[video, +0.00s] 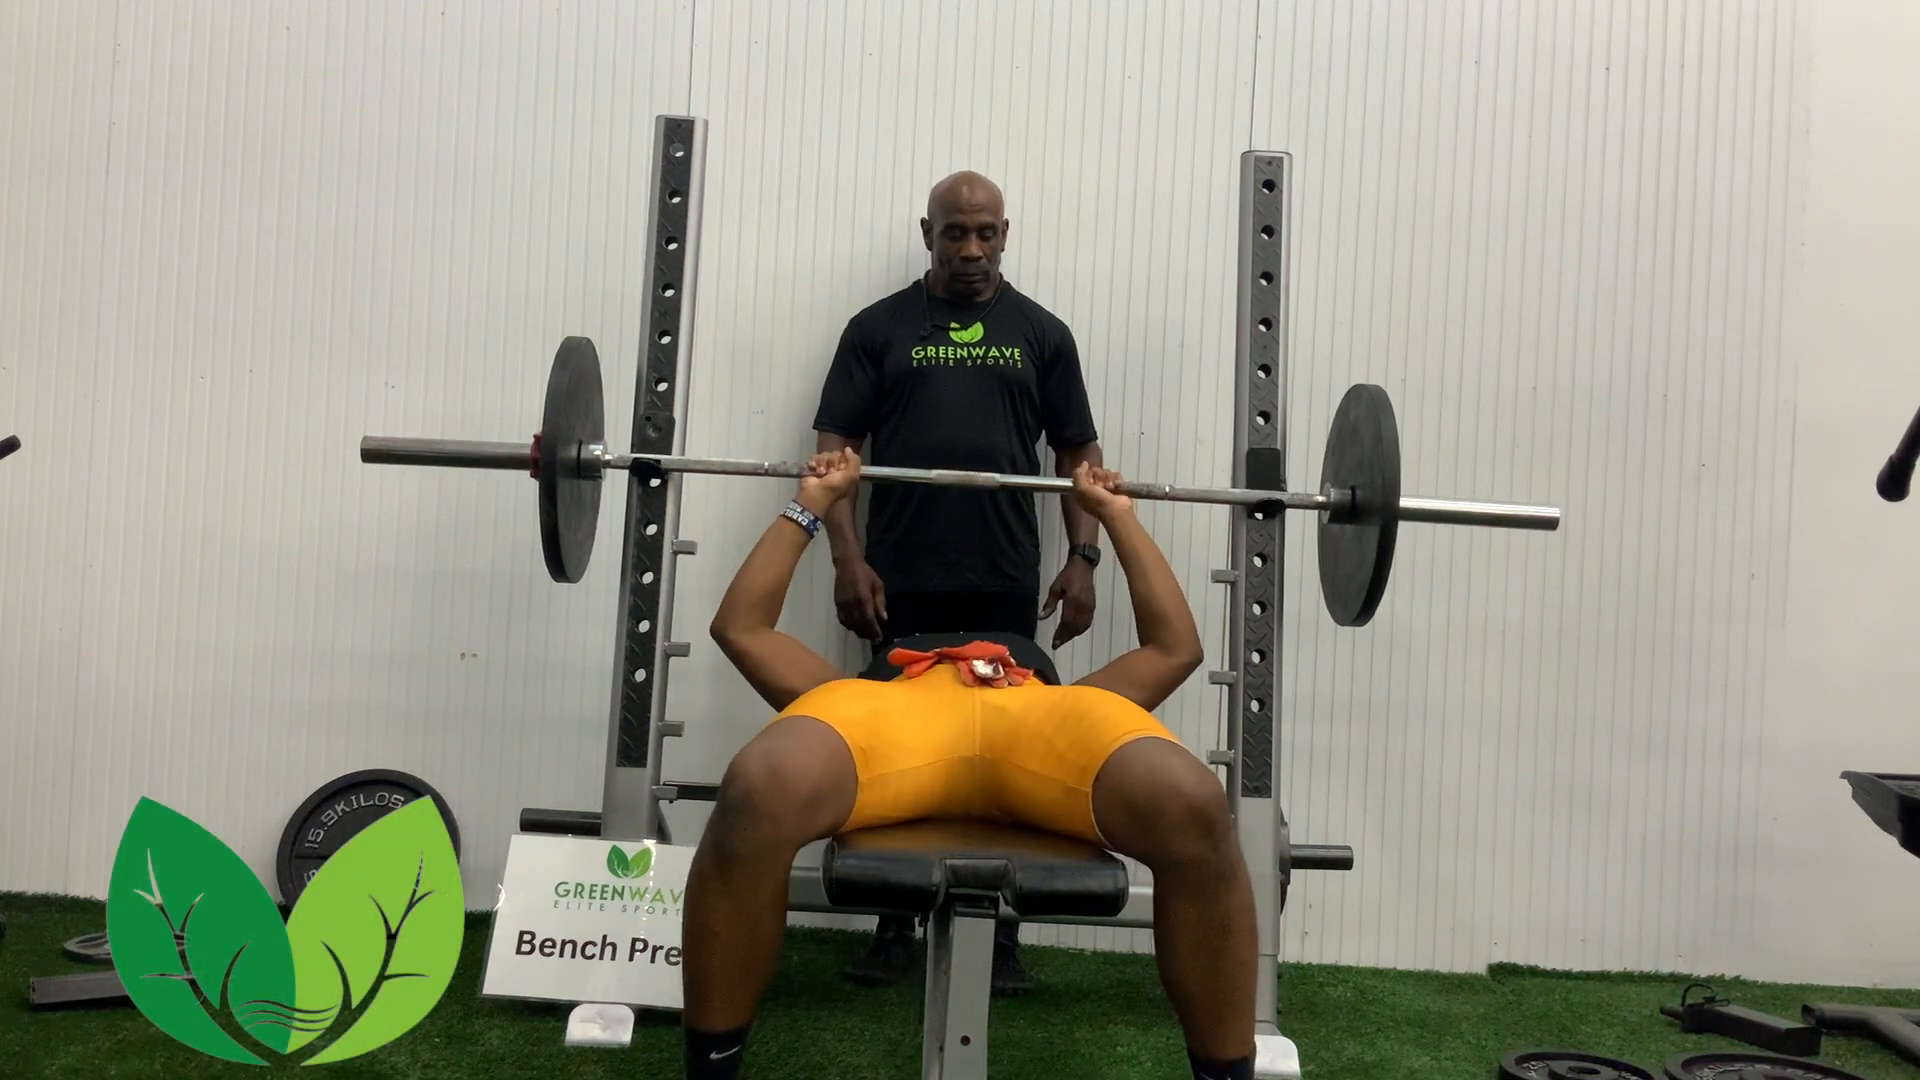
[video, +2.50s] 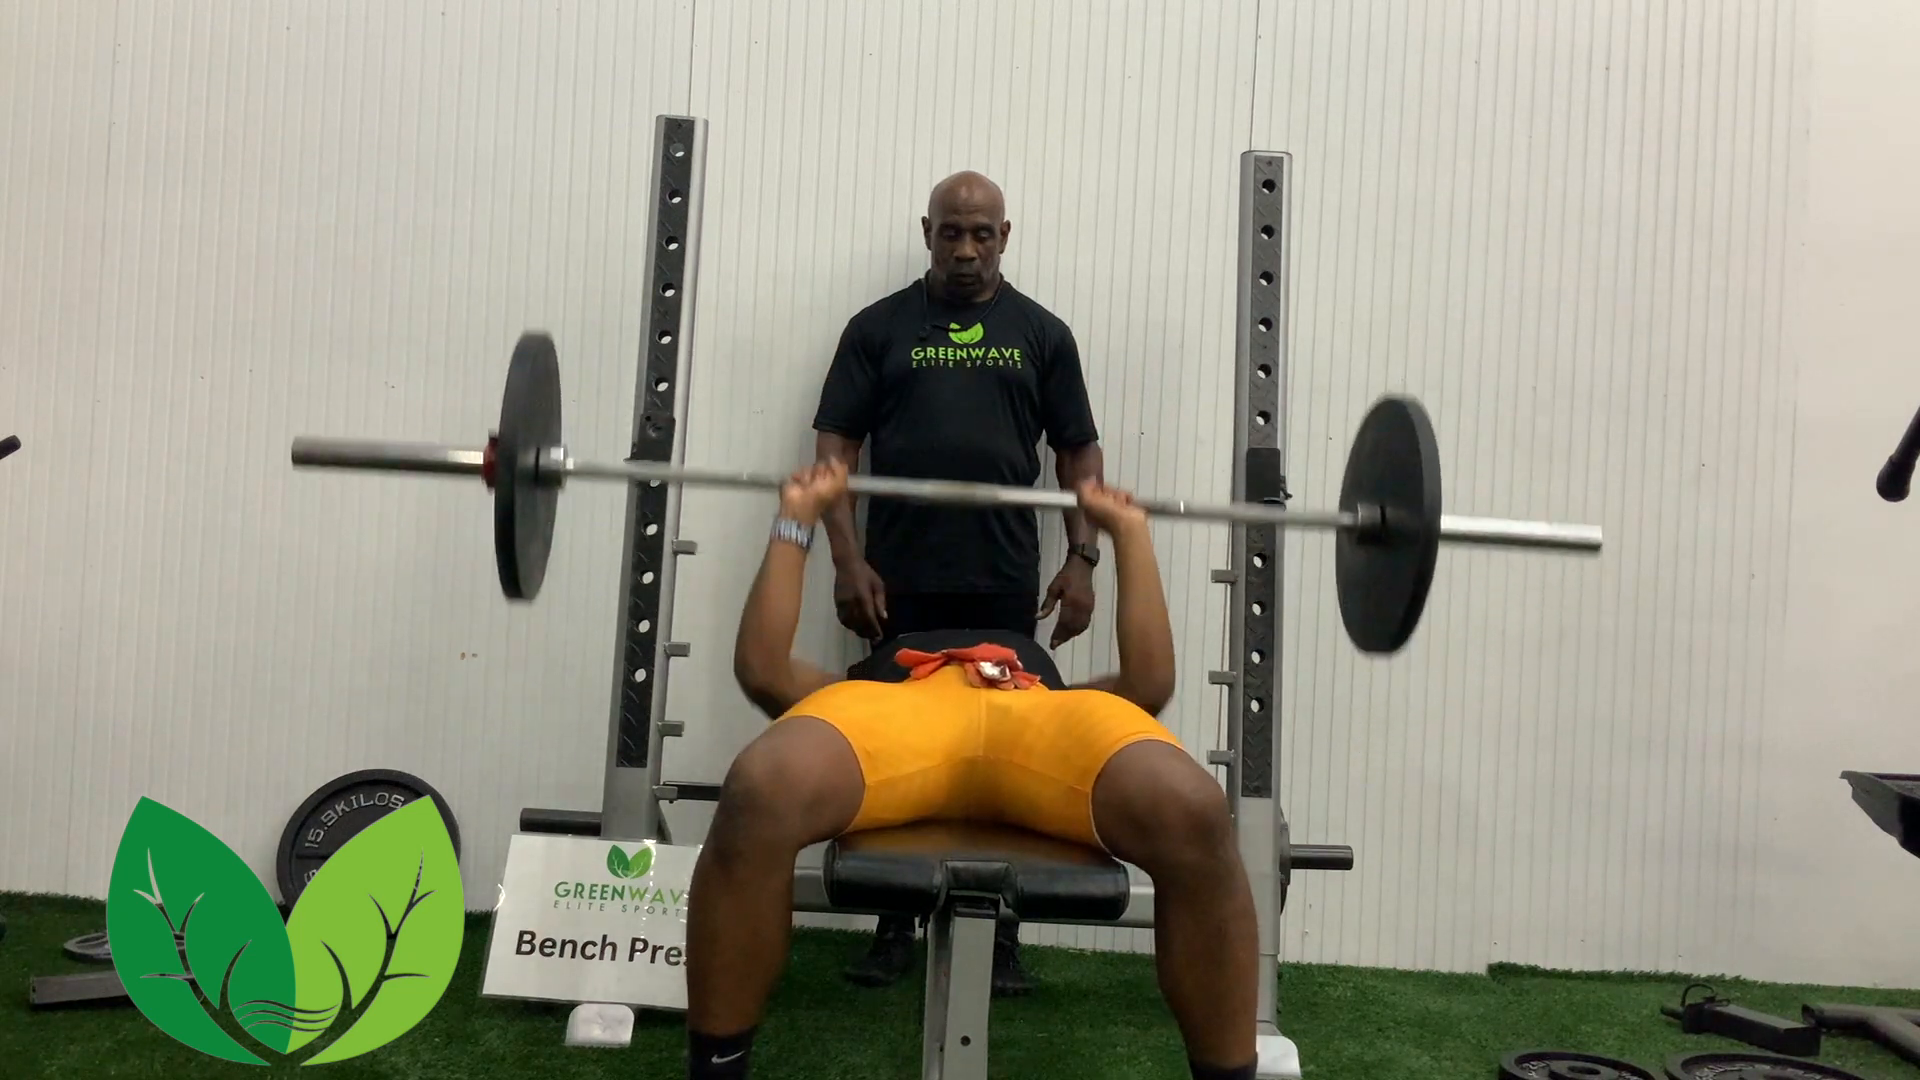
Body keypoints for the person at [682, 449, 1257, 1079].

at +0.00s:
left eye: (1001, 647)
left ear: (1030, 673)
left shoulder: (1067, 696)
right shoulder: (861, 689)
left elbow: (1175, 643)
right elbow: (740, 625)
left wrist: (1116, 514)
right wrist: (807, 508)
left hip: (1048, 711)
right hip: (886, 704)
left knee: (1196, 808)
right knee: (755, 791)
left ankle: (1227, 1072)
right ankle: (711, 1068)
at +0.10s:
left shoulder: (1067, 694)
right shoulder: (861, 687)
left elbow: (1167, 632)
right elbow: (749, 613)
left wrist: (1120, 500)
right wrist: (808, 488)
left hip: (1050, 711)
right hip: (881, 704)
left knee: (1197, 810)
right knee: (748, 786)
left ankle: (1227, 1074)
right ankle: (710, 1068)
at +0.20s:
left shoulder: (1065, 689)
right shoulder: (855, 687)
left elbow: (1154, 609)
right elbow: (768, 587)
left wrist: (1124, 467)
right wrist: (810, 456)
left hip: (1040, 709)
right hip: (884, 706)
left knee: (1193, 811)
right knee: (740, 784)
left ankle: (1226, 1071)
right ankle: (708, 1061)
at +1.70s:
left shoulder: (1064, 685)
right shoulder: (861, 677)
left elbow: (1138, 603)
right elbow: (779, 587)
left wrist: (1130, 449)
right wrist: (809, 442)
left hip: (1039, 706)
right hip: (887, 698)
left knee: (1189, 812)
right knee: (756, 784)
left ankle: (1230, 1072)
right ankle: (716, 1064)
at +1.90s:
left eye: (992, 651)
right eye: (931, 651)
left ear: (1011, 659)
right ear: (907, 657)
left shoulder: (1050, 686)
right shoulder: (868, 682)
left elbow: (1143, 686)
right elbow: (759, 672)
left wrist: (1129, 539)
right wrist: (803, 535)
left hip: (1043, 707)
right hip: (890, 699)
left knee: (1190, 816)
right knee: (751, 794)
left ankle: (1231, 1070)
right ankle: (714, 1067)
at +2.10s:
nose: (969, 654)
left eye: (994, 656)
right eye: (940, 653)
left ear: (1028, 687)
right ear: (910, 665)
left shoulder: (1047, 700)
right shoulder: (883, 683)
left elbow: (1134, 749)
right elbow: (771, 760)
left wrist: (1130, 642)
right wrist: (801, 636)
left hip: (1044, 714)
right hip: (888, 702)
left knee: (1187, 817)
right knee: (752, 791)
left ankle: (1232, 1073)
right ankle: (713, 1071)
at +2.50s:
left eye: (995, 649)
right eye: (934, 649)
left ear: (1017, 660)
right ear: (911, 653)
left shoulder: (1055, 687)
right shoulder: (871, 683)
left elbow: (1149, 683)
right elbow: (763, 670)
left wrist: (1130, 531)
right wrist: (794, 526)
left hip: (1048, 710)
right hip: (893, 703)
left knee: (1197, 815)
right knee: (756, 794)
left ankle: (1231, 1074)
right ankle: (716, 1070)